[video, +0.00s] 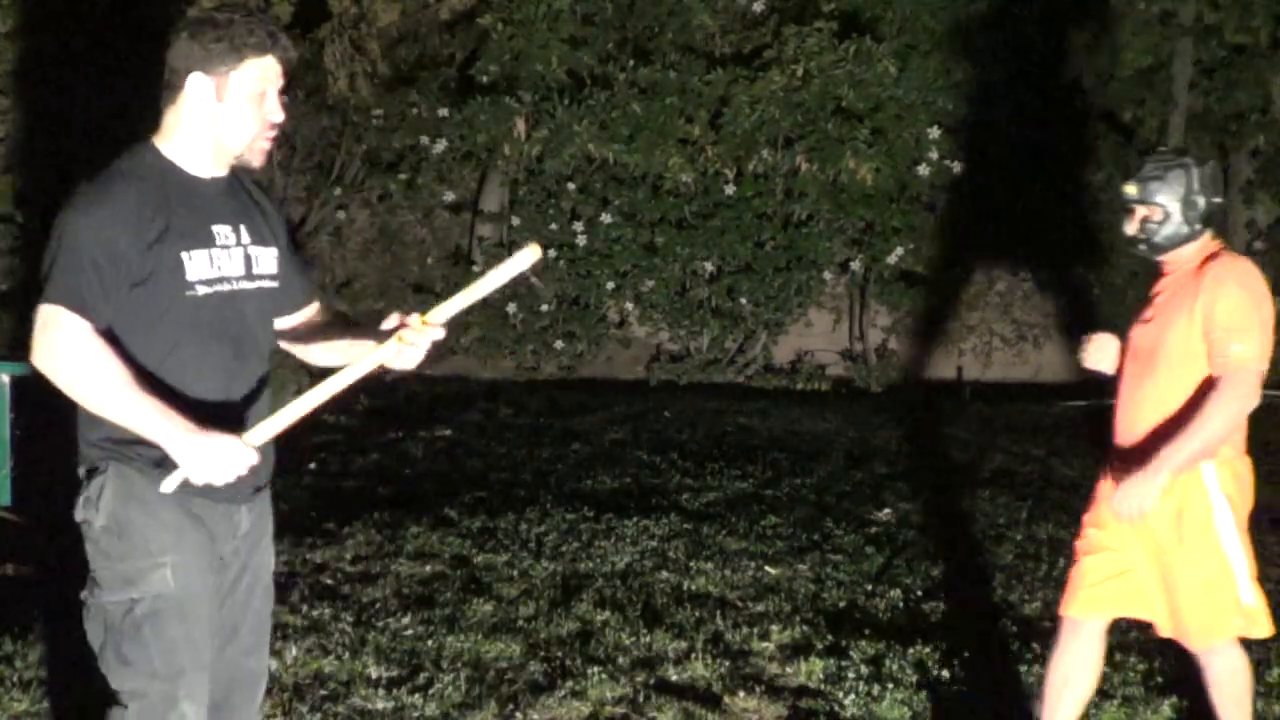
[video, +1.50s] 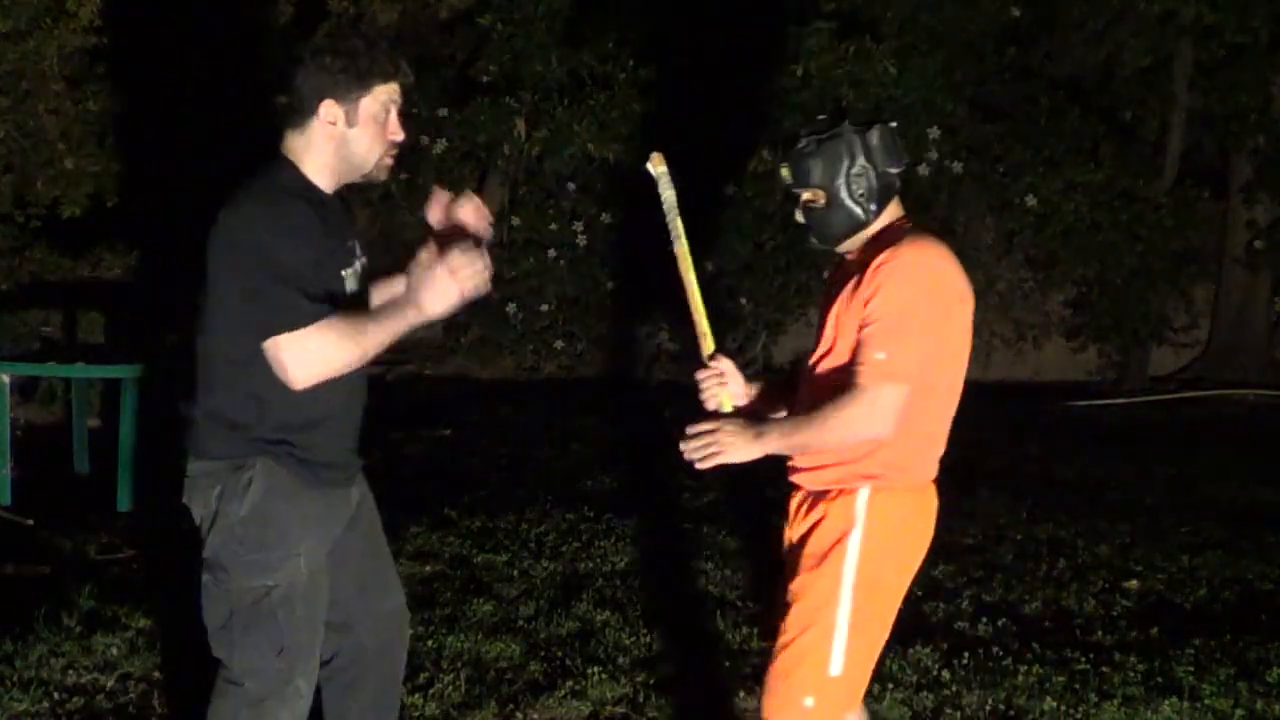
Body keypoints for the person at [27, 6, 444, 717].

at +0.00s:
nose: (281, 116)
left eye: (281, 95)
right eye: (267, 93)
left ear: (221, 95)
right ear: (206, 91)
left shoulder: (254, 209)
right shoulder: (114, 206)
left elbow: (304, 329)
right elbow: (57, 342)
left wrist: (377, 347)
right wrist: (183, 437)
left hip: (246, 493)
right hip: (146, 496)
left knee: (235, 706)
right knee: (165, 705)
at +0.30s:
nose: (273, 111)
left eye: (271, 89)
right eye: (262, 87)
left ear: (209, 92)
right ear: (203, 90)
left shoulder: (223, 201)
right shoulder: (112, 215)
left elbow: (302, 280)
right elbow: (99, 372)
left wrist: (434, 302)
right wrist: (227, 479)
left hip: (233, 472)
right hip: (144, 484)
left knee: (304, 632)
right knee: (155, 695)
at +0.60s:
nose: (318, 117)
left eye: (316, 97)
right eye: (307, 96)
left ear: (255, 101)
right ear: (252, 100)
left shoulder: (275, 210)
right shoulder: (168, 214)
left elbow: (359, 267)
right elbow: (119, 358)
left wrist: (493, 266)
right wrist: (216, 496)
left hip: (292, 517)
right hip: (199, 524)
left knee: (338, 701)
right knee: (170, 708)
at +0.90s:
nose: (409, 130)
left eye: (408, 111)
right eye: (400, 109)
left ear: (349, 110)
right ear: (347, 109)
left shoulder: (359, 210)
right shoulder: (261, 213)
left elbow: (434, 278)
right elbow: (215, 345)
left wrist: (563, 272)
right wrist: (278, 482)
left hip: (359, 504)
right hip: (280, 504)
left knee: (369, 678)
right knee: (253, 693)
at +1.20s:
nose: (435, 128)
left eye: (435, 110)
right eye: (423, 108)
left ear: (376, 108)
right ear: (371, 107)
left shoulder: (385, 211)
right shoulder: (289, 201)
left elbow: (464, 278)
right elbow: (252, 330)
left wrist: (589, 277)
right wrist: (359, 434)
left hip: (365, 471)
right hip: (295, 471)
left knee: (378, 661)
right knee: (306, 672)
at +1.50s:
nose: (399, 136)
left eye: (398, 118)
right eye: (386, 116)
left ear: (335, 120)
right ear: (332, 118)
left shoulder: (328, 215)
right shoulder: (262, 218)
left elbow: (347, 312)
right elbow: (299, 358)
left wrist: (427, 267)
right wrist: (417, 305)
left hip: (331, 478)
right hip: (260, 480)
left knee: (372, 649)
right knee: (268, 680)